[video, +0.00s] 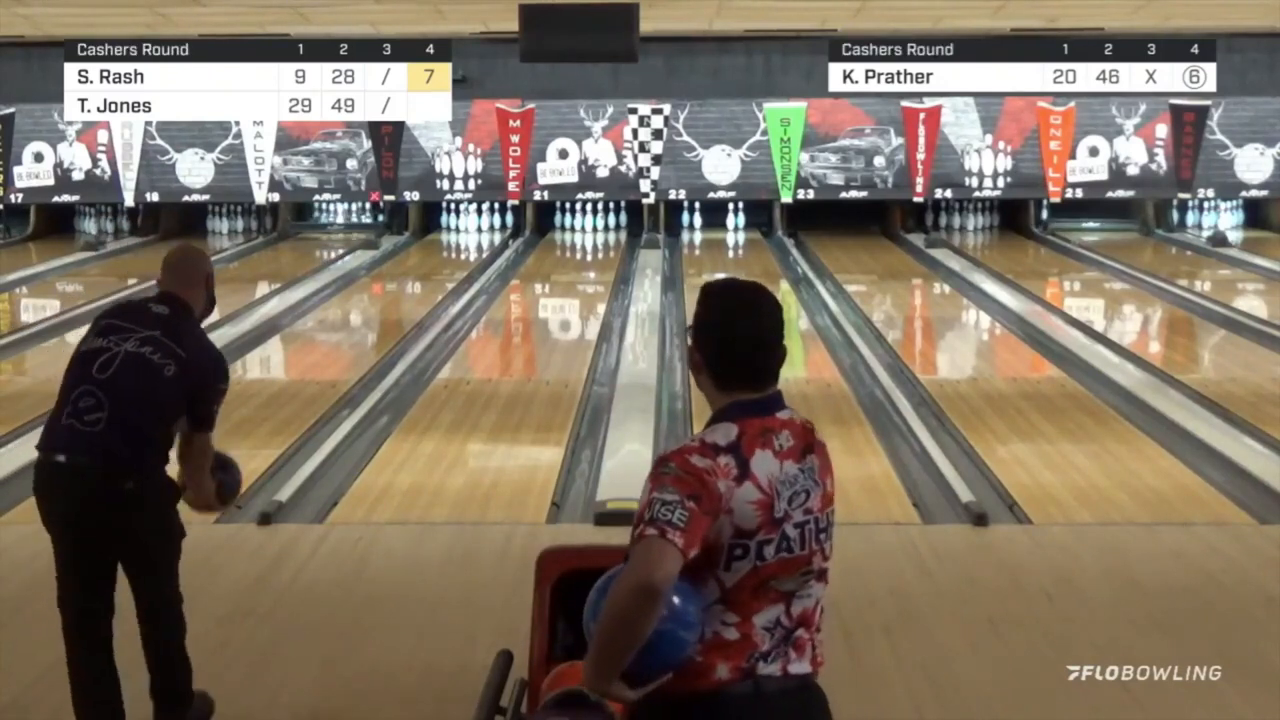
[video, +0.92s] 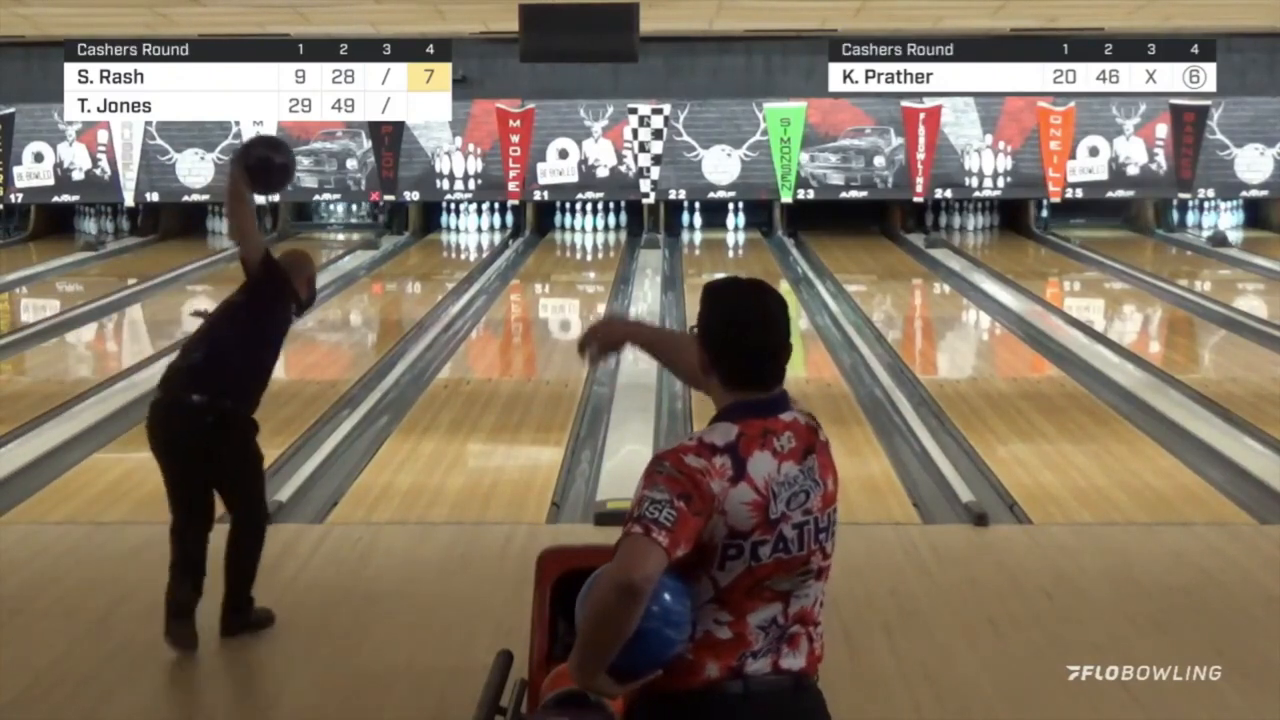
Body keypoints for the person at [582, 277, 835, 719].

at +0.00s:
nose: (689, 350)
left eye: (690, 342)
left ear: (695, 358)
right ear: (780, 356)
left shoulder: (693, 466)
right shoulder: (811, 446)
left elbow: (651, 578)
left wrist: (599, 677)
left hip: (703, 697)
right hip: (797, 689)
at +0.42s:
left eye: (699, 337)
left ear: (702, 357)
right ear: (791, 357)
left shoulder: (686, 467)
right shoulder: (814, 437)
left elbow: (629, 580)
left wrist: (583, 671)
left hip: (697, 694)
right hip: (796, 689)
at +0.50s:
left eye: (699, 338)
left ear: (702, 357)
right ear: (791, 356)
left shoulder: (686, 467)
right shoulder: (813, 436)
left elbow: (627, 580)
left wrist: (584, 671)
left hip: (696, 695)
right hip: (796, 690)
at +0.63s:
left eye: (700, 340)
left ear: (702, 357)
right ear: (791, 356)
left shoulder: (685, 467)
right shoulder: (817, 449)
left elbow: (627, 579)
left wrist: (582, 669)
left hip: (695, 696)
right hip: (796, 692)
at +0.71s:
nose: (698, 348)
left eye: (699, 339)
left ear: (704, 356)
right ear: (790, 357)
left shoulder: (689, 461)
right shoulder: (815, 449)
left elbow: (627, 579)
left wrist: (582, 669)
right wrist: (702, 434)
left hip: (696, 695)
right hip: (797, 692)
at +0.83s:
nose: (694, 346)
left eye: (696, 337)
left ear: (703, 355)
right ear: (789, 356)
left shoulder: (687, 468)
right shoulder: (810, 439)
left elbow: (629, 581)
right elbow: (727, 392)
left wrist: (584, 671)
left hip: (697, 695)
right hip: (796, 690)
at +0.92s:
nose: (690, 339)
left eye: (694, 332)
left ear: (705, 358)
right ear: (787, 354)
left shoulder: (689, 466)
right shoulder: (810, 436)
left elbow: (631, 579)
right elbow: (711, 369)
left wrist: (586, 668)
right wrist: (631, 330)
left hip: (694, 695)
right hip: (794, 690)